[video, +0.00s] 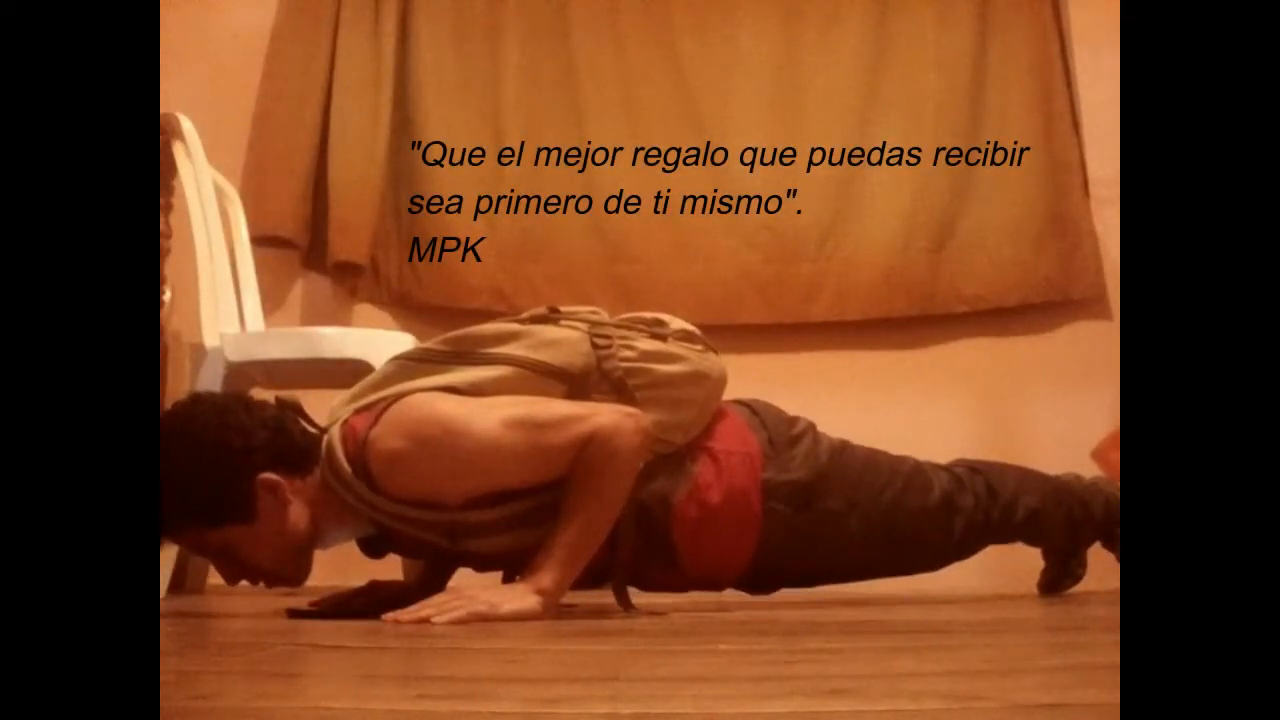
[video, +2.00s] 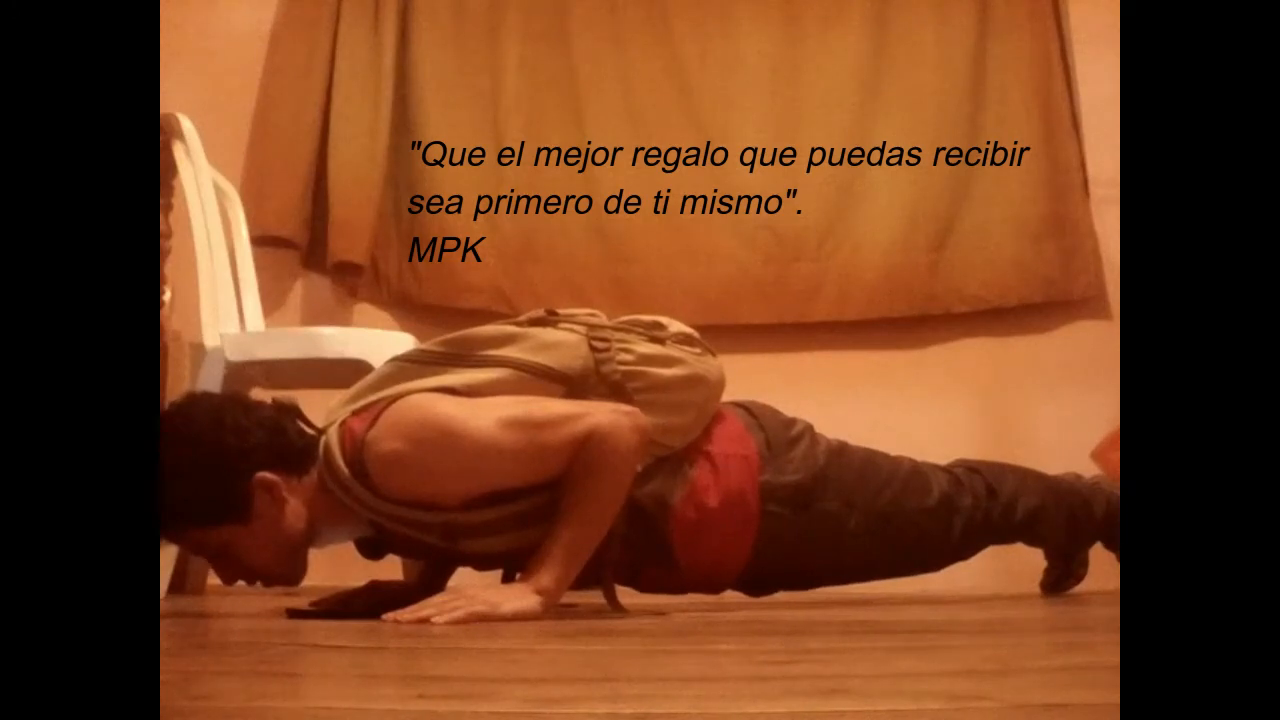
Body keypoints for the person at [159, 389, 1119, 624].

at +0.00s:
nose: (225, 573)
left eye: (220, 549)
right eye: (207, 559)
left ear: (275, 491)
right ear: (270, 483)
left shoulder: (405, 448)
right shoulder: (356, 457)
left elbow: (616, 438)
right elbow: (462, 538)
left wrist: (538, 587)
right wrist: (394, 585)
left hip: (740, 488)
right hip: (710, 502)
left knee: (944, 508)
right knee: (922, 507)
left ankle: (1094, 504)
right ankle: (1072, 506)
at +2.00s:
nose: (220, 573)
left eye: (214, 548)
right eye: (201, 559)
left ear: (267, 489)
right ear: (263, 481)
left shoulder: (400, 448)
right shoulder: (354, 461)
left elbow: (613, 437)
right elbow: (454, 548)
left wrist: (538, 588)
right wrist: (376, 592)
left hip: (739, 491)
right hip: (712, 502)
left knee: (944, 508)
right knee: (923, 506)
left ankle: (1091, 504)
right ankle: (1075, 503)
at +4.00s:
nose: (219, 576)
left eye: (211, 552)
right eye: (200, 561)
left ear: (263, 494)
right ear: (260, 483)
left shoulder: (396, 451)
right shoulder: (353, 461)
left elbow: (610, 438)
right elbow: (481, 534)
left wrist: (539, 588)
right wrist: (384, 589)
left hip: (735, 490)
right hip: (707, 505)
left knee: (941, 509)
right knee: (921, 509)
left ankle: (1093, 505)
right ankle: (1075, 506)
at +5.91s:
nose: (212, 575)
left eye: (208, 548)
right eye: (195, 557)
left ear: (262, 492)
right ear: (258, 479)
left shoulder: (397, 453)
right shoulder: (352, 460)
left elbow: (610, 438)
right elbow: (476, 529)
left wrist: (539, 590)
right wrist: (393, 586)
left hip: (737, 494)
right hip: (709, 503)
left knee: (946, 508)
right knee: (924, 506)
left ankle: (1095, 505)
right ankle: (1079, 504)